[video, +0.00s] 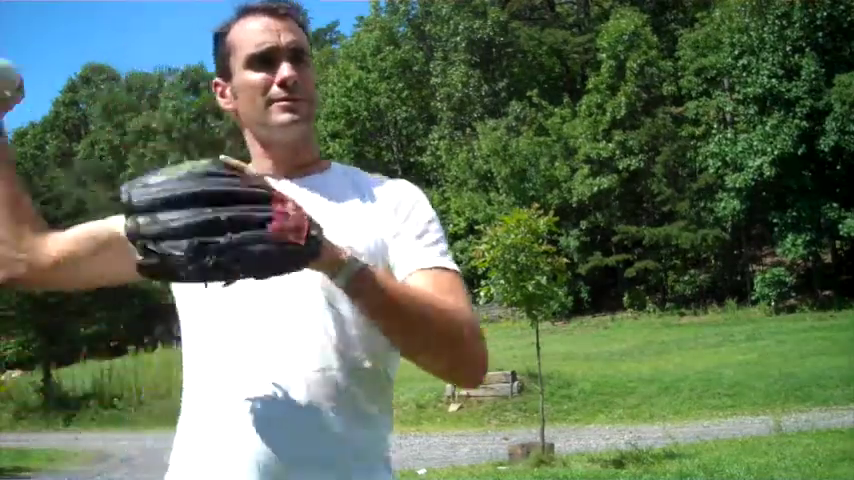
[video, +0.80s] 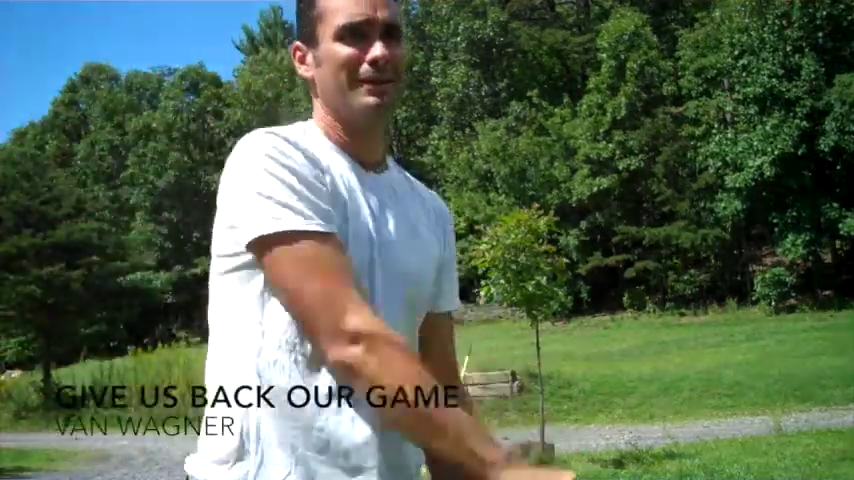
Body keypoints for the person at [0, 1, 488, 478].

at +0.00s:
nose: (287, 75)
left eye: (298, 59)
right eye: (264, 63)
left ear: (315, 76)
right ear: (226, 95)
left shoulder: (394, 204)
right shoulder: (195, 210)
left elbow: (467, 360)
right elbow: (27, 257)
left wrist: (336, 262)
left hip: (348, 466)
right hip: (212, 465)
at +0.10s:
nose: (317, 61)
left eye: (327, 44)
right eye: (291, 50)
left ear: (343, 61)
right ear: (253, 83)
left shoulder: (423, 207)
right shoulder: (217, 183)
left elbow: (497, 385)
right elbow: (68, 197)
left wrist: (415, 302)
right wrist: (28, 29)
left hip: (366, 469)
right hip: (222, 468)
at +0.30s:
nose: (350, 44)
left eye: (359, 27)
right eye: (322, 31)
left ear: (374, 44)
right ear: (280, 65)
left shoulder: (429, 198)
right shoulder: (252, 131)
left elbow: (468, 348)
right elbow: (298, 190)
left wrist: (489, 390)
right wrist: (478, 193)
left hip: (387, 463)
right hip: (253, 457)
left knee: (493, 403)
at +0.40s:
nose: (358, 42)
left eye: (369, 26)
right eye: (332, 28)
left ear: (386, 45)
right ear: (289, 59)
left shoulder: (427, 203)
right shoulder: (269, 141)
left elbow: (459, 372)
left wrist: (495, 443)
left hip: (396, 465)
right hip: (271, 464)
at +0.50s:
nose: (370, 41)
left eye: (379, 23)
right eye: (343, 26)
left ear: (395, 41)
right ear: (299, 57)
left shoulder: (425, 201)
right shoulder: (288, 141)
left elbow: (448, 382)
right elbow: (442, 311)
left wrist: (491, 465)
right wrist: (572, 394)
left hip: (397, 468)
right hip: (283, 463)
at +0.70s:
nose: (386, 46)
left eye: (396, 29)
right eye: (359, 29)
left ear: (408, 44)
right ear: (310, 56)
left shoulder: (428, 206)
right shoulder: (292, 146)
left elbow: (441, 382)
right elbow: (399, 342)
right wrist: (522, 446)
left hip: (397, 465)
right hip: (278, 461)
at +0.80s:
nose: (381, 54)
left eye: (392, 36)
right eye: (355, 35)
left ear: (405, 50)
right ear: (305, 60)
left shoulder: (430, 213)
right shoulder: (267, 159)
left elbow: (443, 389)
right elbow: (350, 343)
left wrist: (468, 475)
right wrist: (496, 463)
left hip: (388, 470)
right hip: (264, 467)